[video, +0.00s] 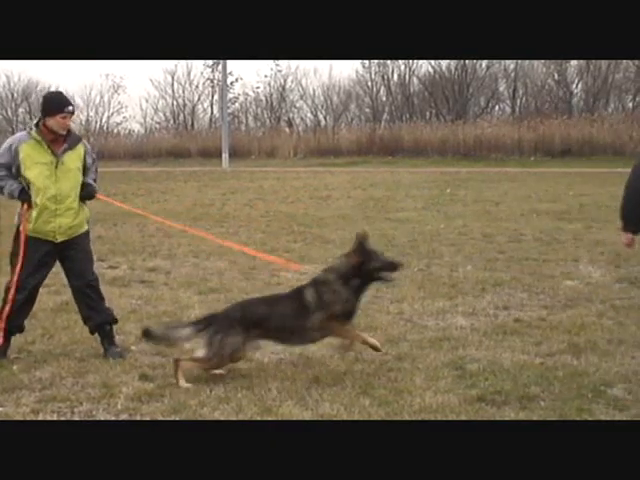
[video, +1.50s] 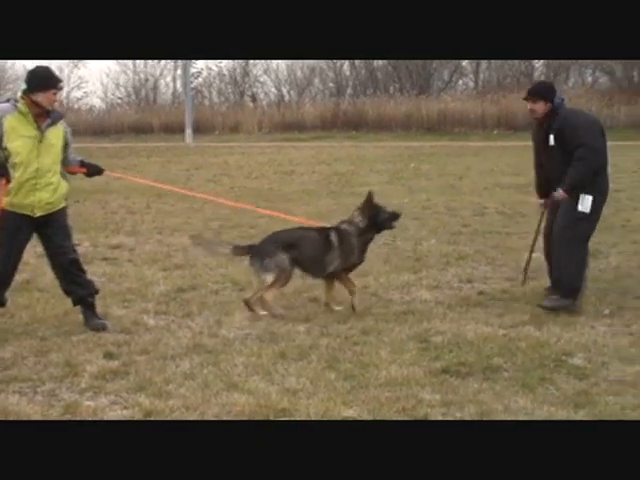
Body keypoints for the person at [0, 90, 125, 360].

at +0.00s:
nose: (67, 121)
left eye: (70, 116)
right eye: (62, 116)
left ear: (72, 117)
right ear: (46, 117)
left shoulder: (80, 146)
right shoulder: (18, 145)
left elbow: (91, 168)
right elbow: (3, 175)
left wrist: (89, 185)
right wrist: (17, 190)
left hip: (74, 230)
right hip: (36, 232)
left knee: (87, 283)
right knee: (22, 288)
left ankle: (108, 341)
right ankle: (4, 340)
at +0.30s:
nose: (70, 115)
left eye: (73, 110)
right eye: (65, 109)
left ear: (76, 112)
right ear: (50, 109)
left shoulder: (85, 142)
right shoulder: (23, 138)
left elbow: (100, 171)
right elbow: (6, 165)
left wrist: (107, 184)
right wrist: (20, 183)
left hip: (77, 225)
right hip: (36, 225)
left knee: (92, 279)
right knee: (24, 279)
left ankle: (111, 337)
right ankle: (25, 328)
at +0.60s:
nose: (70, 102)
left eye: (72, 97)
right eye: (65, 97)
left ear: (72, 99)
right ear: (48, 98)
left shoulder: (83, 130)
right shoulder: (20, 128)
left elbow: (99, 161)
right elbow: (4, 156)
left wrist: (116, 173)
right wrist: (20, 174)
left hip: (81, 211)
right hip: (41, 214)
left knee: (93, 265)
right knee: (43, 269)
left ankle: (111, 322)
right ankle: (48, 317)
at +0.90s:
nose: (87, 104)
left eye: (88, 99)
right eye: (82, 100)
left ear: (84, 100)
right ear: (65, 100)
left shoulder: (92, 128)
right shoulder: (34, 124)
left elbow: (99, 157)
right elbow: (9, 154)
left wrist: (102, 170)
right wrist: (33, 173)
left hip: (89, 209)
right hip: (52, 211)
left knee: (105, 261)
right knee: (41, 267)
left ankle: (117, 314)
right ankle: (27, 310)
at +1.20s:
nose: (80, 96)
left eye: (80, 91)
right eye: (75, 91)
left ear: (72, 93)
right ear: (58, 92)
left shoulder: (81, 124)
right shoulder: (26, 116)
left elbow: (88, 159)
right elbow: (3, 144)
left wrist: (107, 166)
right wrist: (22, 164)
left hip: (76, 205)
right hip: (40, 206)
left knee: (90, 258)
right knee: (31, 264)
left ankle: (110, 310)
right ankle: (11, 315)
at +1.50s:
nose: (55, 97)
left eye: (57, 92)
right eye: (50, 92)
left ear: (54, 93)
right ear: (33, 92)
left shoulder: (59, 126)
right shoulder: (7, 120)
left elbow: (67, 161)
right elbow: (3, 157)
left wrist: (85, 166)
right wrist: (5, 173)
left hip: (52, 206)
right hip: (15, 207)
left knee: (67, 260)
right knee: (4, 266)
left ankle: (89, 310)